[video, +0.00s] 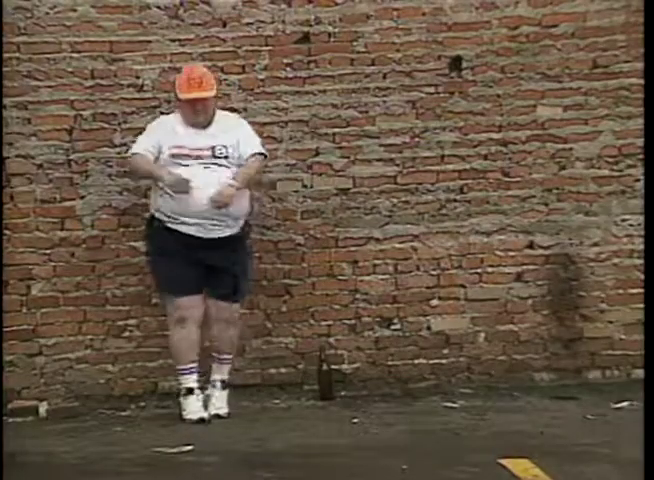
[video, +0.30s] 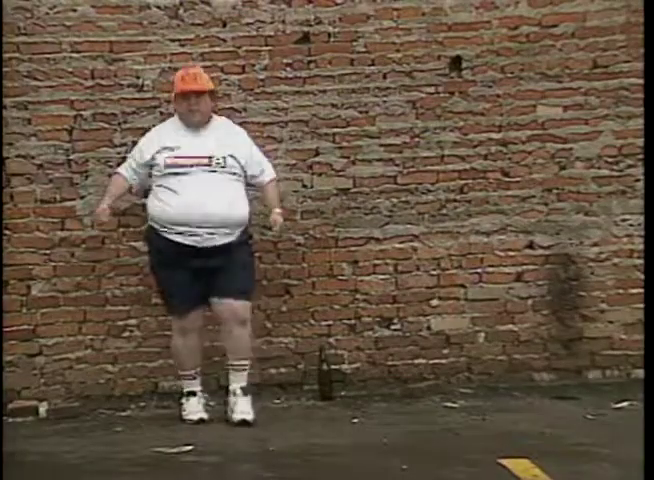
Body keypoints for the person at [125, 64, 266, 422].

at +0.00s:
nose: (198, 107)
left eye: (204, 100)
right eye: (190, 101)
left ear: (215, 97)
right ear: (178, 99)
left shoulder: (235, 126)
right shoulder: (164, 127)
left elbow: (257, 161)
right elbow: (134, 160)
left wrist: (233, 186)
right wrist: (162, 174)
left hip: (226, 236)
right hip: (175, 234)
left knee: (226, 313)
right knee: (184, 312)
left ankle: (219, 386)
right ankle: (190, 390)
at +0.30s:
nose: (193, 104)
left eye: (199, 96)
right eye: (185, 97)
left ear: (211, 99)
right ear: (174, 101)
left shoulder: (232, 135)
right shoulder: (158, 138)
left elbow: (264, 174)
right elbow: (128, 174)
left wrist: (274, 206)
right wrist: (107, 201)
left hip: (230, 244)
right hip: (173, 244)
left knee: (236, 313)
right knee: (186, 322)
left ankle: (239, 392)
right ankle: (192, 395)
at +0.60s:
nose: (188, 119)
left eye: (195, 112)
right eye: (183, 113)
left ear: (213, 109)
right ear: (176, 112)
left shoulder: (237, 138)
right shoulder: (165, 144)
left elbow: (265, 168)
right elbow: (136, 184)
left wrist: (278, 177)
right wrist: (118, 218)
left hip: (234, 251)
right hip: (176, 248)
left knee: (237, 323)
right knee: (173, 316)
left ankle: (236, 396)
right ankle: (183, 378)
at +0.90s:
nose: (174, 114)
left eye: (182, 108)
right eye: (169, 107)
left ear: (199, 107)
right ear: (161, 105)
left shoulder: (221, 138)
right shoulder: (149, 141)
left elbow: (253, 175)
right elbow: (126, 180)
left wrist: (254, 195)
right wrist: (113, 196)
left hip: (222, 246)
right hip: (163, 246)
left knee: (242, 317)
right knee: (173, 326)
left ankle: (237, 388)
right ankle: (181, 405)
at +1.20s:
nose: (189, 105)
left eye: (194, 97)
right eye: (181, 99)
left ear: (203, 96)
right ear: (166, 99)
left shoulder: (220, 127)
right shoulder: (146, 132)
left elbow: (248, 165)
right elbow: (121, 177)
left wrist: (244, 191)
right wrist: (125, 215)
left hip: (215, 243)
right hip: (160, 245)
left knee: (213, 326)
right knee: (170, 327)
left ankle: (218, 404)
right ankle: (181, 403)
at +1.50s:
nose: (167, 127)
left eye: (174, 118)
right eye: (160, 120)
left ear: (190, 113)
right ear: (152, 120)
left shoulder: (213, 139)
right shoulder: (153, 150)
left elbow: (254, 175)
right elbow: (139, 193)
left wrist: (218, 177)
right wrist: (132, 194)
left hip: (215, 255)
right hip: (160, 252)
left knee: (212, 330)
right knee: (145, 316)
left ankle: (217, 406)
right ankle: (171, 387)